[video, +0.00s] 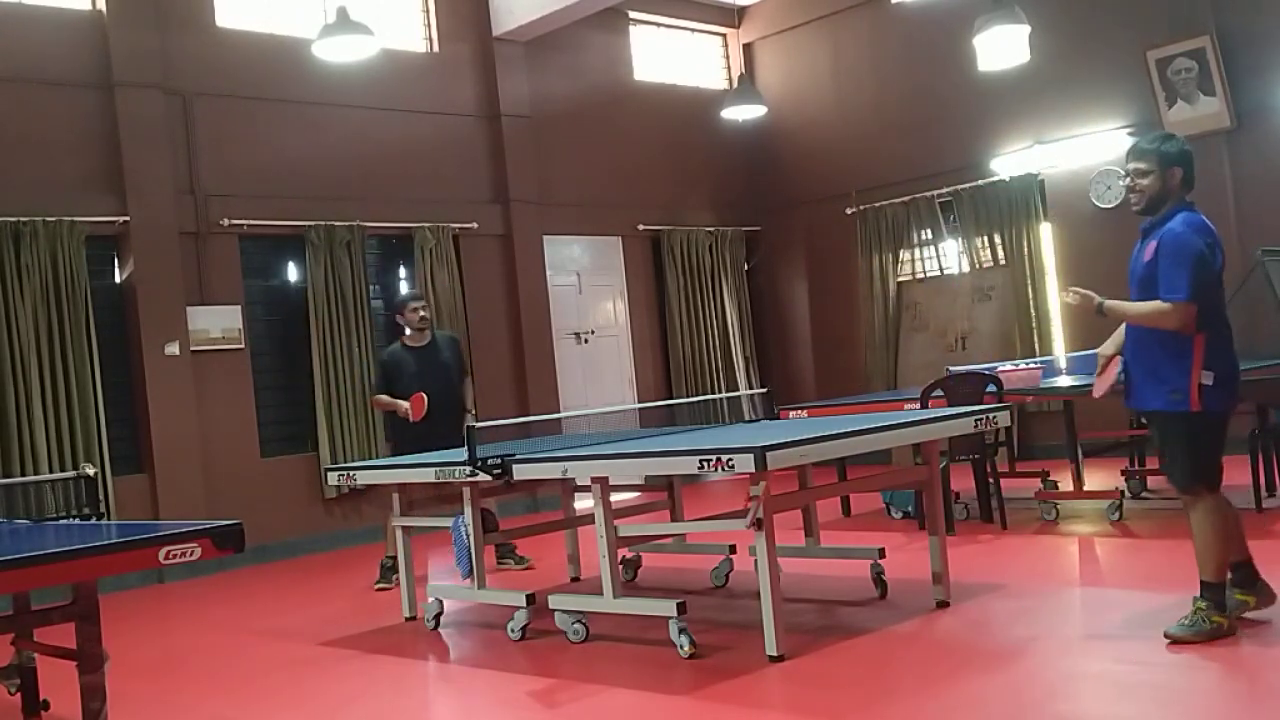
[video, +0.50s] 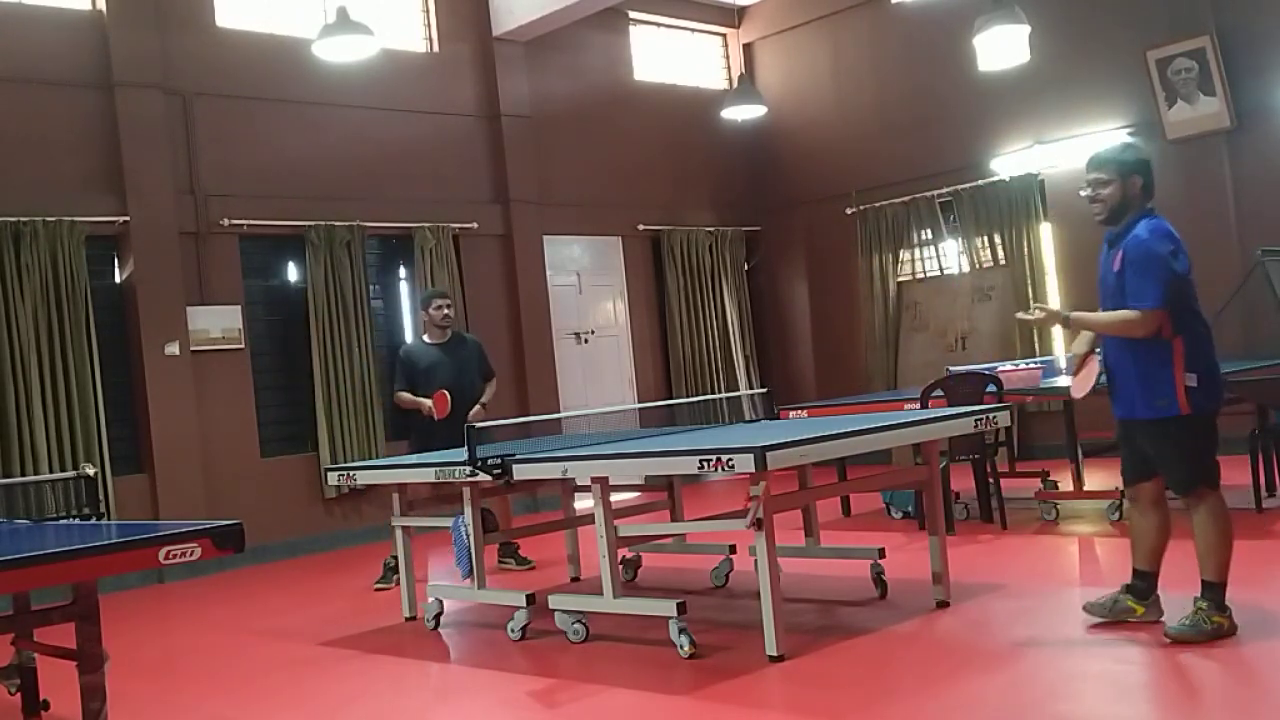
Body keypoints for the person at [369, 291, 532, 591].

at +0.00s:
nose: (423, 314)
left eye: (425, 309)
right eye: (415, 311)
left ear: (430, 312)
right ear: (402, 318)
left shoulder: (450, 343)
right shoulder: (390, 357)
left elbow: (465, 380)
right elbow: (378, 398)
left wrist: (469, 412)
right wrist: (398, 405)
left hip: (452, 437)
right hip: (410, 444)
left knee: (478, 494)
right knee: (401, 502)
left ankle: (503, 549)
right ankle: (390, 562)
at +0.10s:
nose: (430, 314)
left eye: (434, 308)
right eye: (423, 310)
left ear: (441, 312)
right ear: (415, 316)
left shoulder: (462, 343)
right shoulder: (401, 355)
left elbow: (482, 375)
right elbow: (390, 396)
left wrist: (484, 405)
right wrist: (408, 405)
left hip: (465, 436)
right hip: (421, 442)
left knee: (492, 489)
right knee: (404, 499)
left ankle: (506, 548)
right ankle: (391, 562)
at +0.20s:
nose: (441, 313)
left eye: (444, 308)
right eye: (434, 310)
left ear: (451, 311)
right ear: (423, 315)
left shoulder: (470, 342)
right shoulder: (411, 354)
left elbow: (495, 370)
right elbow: (403, 393)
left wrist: (494, 401)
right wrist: (420, 406)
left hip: (473, 434)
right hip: (430, 440)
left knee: (495, 489)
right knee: (408, 499)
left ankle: (506, 548)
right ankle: (394, 561)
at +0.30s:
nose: (447, 313)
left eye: (450, 308)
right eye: (440, 309)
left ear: (456, 310)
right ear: (426, 315)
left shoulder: (474, 341)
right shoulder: (414, 353)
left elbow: (499, 371)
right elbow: (407, 391)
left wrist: (493, 399)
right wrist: (425, 405)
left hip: (474, 432)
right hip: (432, 437)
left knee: (497, 488)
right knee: (413, 497)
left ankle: (507, 548)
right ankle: (397, 561)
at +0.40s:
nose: (448, 313)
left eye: (451, 307)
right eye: (441, 309)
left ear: (456, 310)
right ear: (427, 315)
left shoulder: (473, 342)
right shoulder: (414, 352)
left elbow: (498, 374)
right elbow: (405, 392)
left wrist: (488, 402)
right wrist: (424, 404)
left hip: (472, 434)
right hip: (431, 438)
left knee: (496, 488)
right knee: (411, 498)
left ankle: (507, 549)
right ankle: (396, 561)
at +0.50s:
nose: (446, 312)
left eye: (449, 307)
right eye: (439, 308)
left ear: (454, 311)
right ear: (425, 315)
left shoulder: (471, 345)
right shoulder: (410, 353)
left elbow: (491, 380)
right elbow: (399, 395)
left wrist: (482, 404)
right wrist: (420, 403)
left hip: (470, 437)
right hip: (429, 442)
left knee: (495, 489)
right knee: (410, 501)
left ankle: (507, 548)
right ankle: (395, 561)